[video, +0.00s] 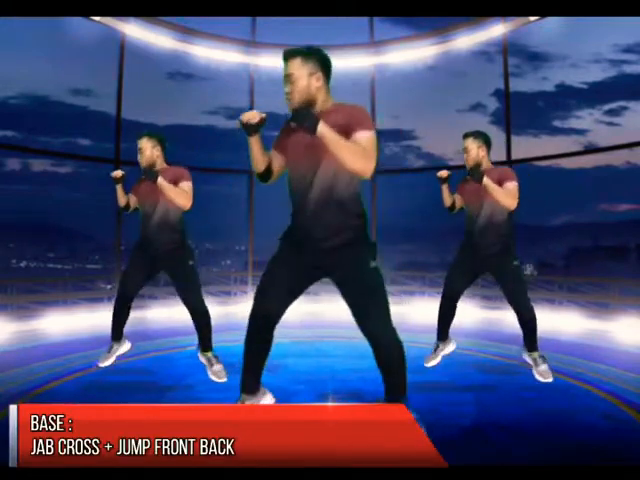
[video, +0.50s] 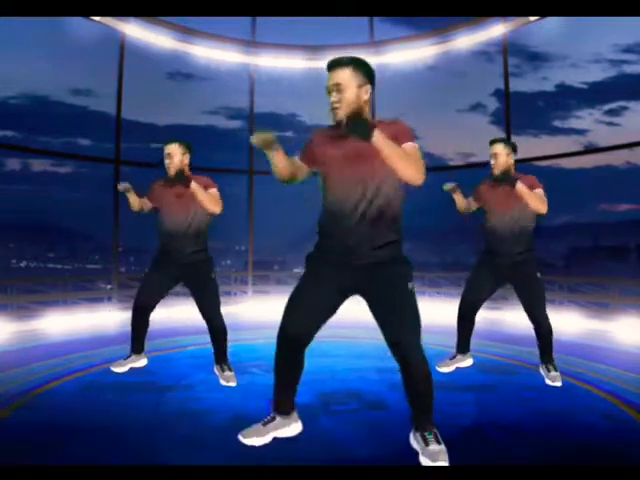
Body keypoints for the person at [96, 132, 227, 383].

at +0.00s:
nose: (140, 155)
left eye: (143, 149)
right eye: (139, 151)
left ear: (158, 150)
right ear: (142, 155)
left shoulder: (179, 174)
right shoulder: (144, 183)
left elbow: (186, 202)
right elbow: (126, 205)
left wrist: (159, 179)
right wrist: (119, 184)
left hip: (175, 249)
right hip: (148, 249)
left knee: (195, 303)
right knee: (125, 293)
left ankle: (207, 352)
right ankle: (117, 342)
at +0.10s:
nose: (148, 157)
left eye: (152, 153)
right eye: (146, 154)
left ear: (166, 154)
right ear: (147, 159)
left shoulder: (184, 175)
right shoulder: (150, 184)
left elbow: (189, 201)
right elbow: (135, 209)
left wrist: (163, 179)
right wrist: (127, 185)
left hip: (184, 252)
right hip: (159, 253)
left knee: (199, 308)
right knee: (131, 294)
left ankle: (221, 361)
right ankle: (131, 348)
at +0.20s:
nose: (154, 167)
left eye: (158, 162)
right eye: (153, 163)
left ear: (172, 162)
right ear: (156, 166)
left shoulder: (192, 184)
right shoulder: (160, 193)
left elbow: (193, 212)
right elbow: (144, 219)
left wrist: (165, 189)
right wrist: (137, 197)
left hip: (193, 261)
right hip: (168, 261)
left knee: (206, 317)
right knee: (140, 304)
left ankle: (223, 366)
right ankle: (137, 355)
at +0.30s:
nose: (158, 169)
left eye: (162, 163)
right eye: (157, 164)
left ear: (176, 164)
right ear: (164, 167)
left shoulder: (197, 186)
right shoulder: (164, 194)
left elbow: (198, 218)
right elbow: (153, 225)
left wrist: (168, 199)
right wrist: (138, 207)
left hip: (198, 264)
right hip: (170, 264)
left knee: (210, 318)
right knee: (141, 304)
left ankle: (223, 366)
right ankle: (137, 355)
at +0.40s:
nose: (163, 164)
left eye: (167, 159)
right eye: (162, 161)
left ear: (182, 161)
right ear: (165, 164)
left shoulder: (201, 184)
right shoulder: (167, 193)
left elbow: (207, 214)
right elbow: (154, 222)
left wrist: (178, 190)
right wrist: (142, 204)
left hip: (199, 263)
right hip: (170, 262)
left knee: (211, 318)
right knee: (143, 305)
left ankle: (223, 366)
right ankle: (137, 354)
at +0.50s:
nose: (168, 161)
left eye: (171, 156)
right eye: (166, 157)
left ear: (186, 158)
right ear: (164, 161)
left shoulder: (203, 184)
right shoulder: (160, 188)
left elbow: (216, 208)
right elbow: (141, 207)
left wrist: (192, 184)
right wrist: (130, 193)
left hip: (197, 262)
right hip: (167, 261)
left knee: (213, 316)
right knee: (141, 305)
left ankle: (223, 365)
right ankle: (137, 355)